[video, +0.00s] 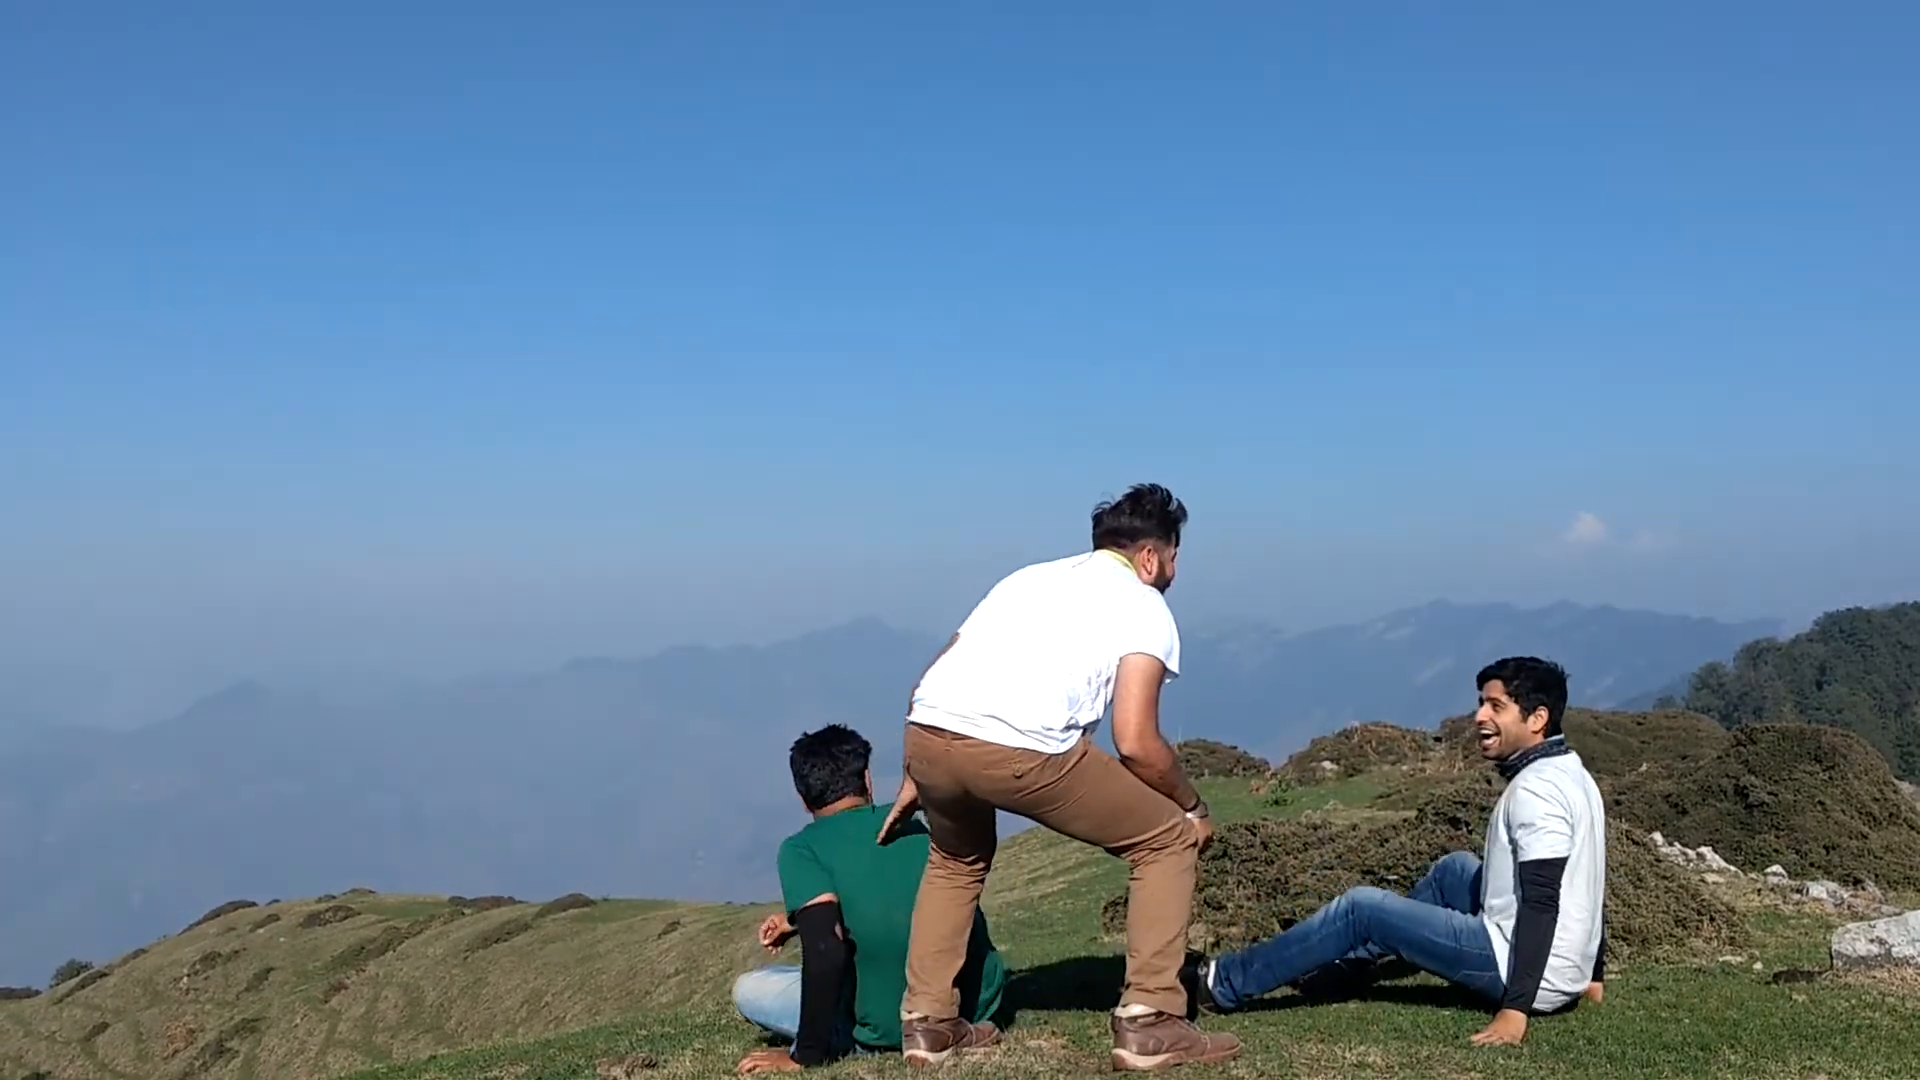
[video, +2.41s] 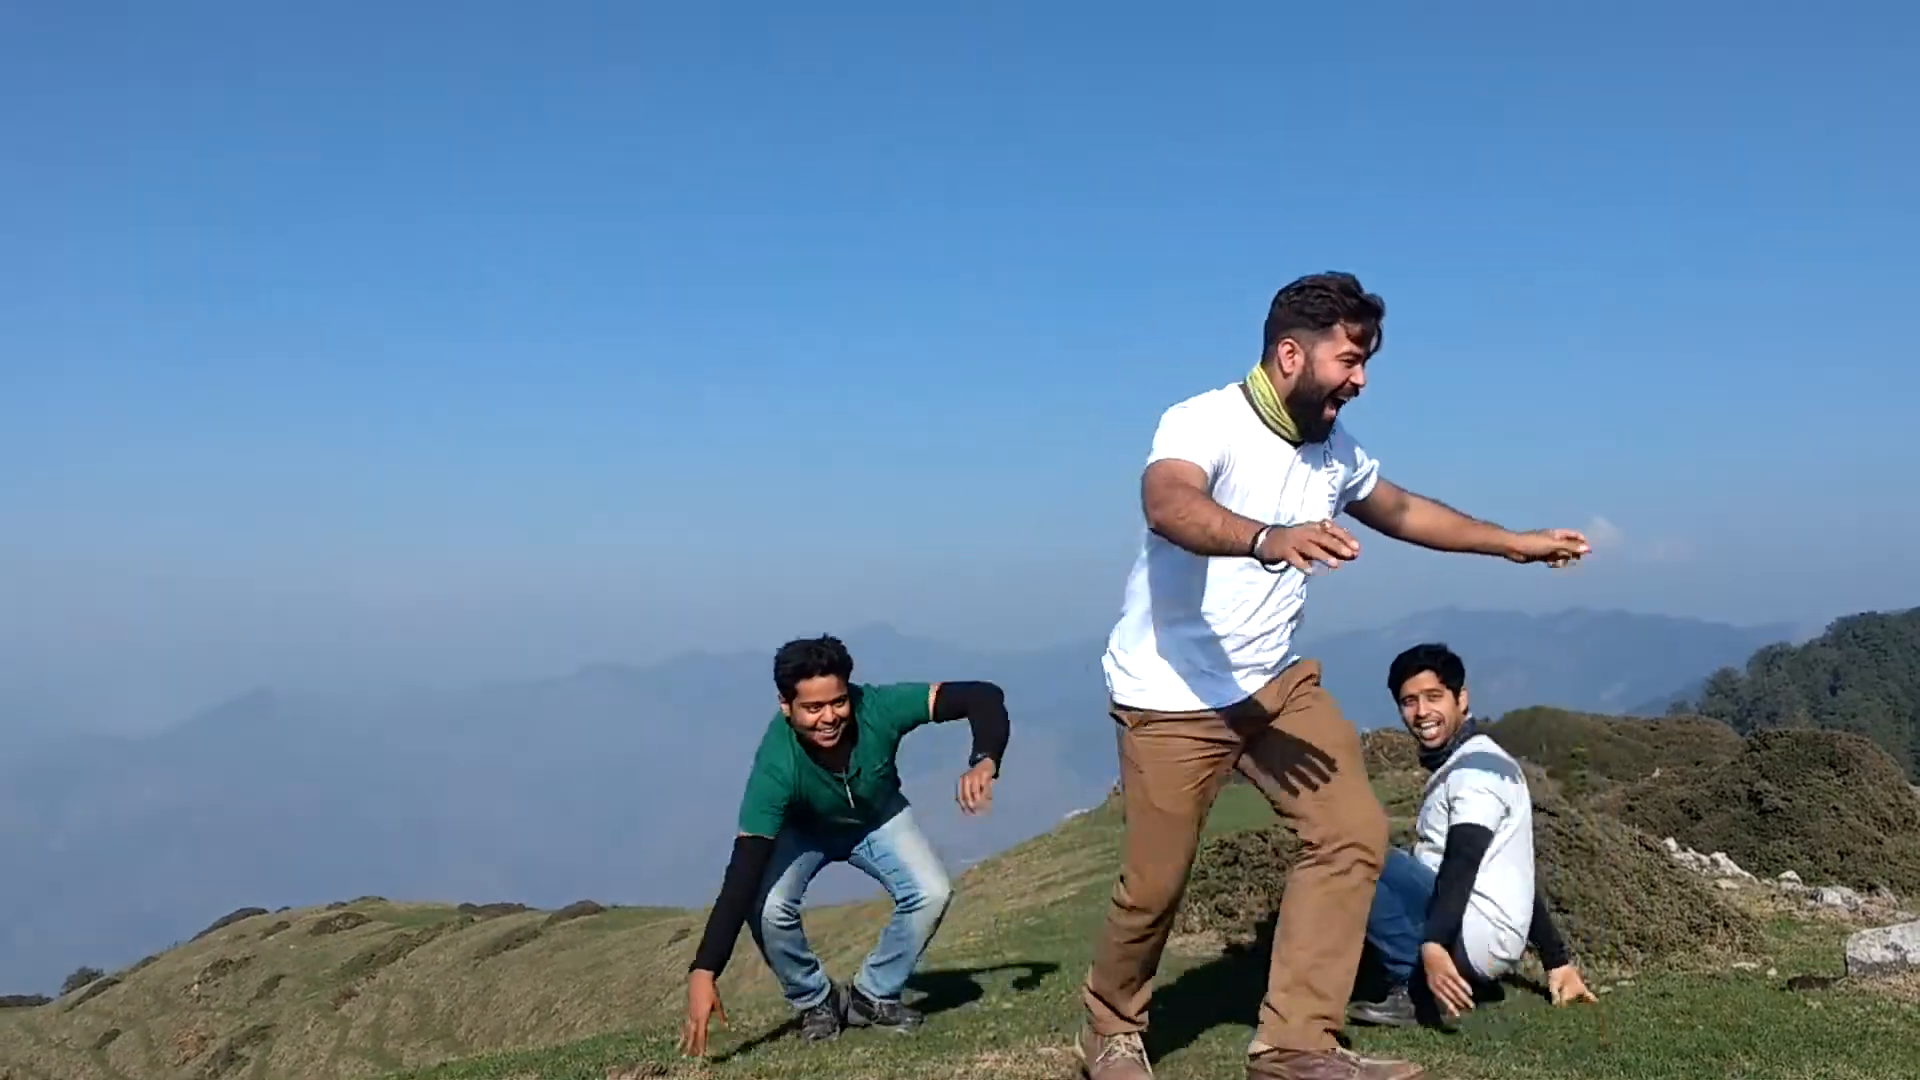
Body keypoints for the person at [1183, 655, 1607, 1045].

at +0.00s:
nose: (1480, 718)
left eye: (1495, 706)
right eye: (1481, 705)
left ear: (1539, 718)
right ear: (1537, 720)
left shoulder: (1534, 792)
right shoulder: (1572, 775)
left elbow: (1540, 904)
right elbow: (1591, 883)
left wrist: (1513, 1013)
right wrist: (1592, 976)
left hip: (1516, 971)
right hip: (1555, 966)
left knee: (1360, 907)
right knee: (1457, 868)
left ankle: (1218, 983)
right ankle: (1349, 966)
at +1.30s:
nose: (1478, 743)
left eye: (1492, 731)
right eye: (1478, 730)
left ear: (1537, 742)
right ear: (1536, 744)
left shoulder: (1552, 809)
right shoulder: (1553, 790)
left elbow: (1611, 905)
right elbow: (1604, 887)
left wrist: (1551, 997)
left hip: (1543, 985)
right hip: (1544, 950)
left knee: (1389, 957)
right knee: (1466, 895)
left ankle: (1229, 1001)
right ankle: (1352, 963)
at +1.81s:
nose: (1514, 740)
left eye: (1527, 725)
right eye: (1504, 728)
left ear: (1563, 727)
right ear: (1496, 731)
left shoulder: (1572, 791)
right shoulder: (1554, 776)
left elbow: (1602, 901)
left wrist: (1596, 1006)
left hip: (1543, 969)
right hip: (1536, 931)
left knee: (1385, 918)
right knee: (1465, 871)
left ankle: (1244, 992)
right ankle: (1382, 970)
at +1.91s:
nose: (1514, 732)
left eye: (1527, 717)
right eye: (1504, 721)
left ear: (1561, 718)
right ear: (1496, 725)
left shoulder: (1568, 786)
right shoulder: (1556, 773)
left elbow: (1594, 899)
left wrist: (1598, 1007)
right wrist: (1582, 974)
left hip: (1530, 952)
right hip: (1532, 924)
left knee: (1394, 852)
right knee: (1452, 829)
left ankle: (1299, 983)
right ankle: (1378, 966)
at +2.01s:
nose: (1510, 725)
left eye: (1523, 710)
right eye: (1499, 713)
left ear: (1554, 711)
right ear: (1490, 719)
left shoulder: (1555, 783)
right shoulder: (1546, 770)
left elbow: (1581, 899)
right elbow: (1572, 886)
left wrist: (1596, 1007)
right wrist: (1579, 974)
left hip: (1508, 942)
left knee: (1390, 819)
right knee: (1412, 813)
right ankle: (1425, 977)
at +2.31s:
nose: (1451, 719)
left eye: (1463, 704)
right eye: (1438, 709)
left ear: (1491, 707)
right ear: (1430, 718)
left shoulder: (1507, 779)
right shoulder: (1488, 772)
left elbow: (1524, 891)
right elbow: (1538, 889)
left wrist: (1547, 988)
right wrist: (1570, 976)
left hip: (1481, 942)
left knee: (1356, 851)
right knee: (1365, 846)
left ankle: (1426, 988)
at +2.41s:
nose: (1422, 712)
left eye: (1434, 697)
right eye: (1410, 702)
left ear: (1462, 699)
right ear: (1401, 712)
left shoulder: (1476, 769)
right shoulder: (1481, 760)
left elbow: (1461, 863)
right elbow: (1515, 872)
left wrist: (1432, 943)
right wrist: (1557, 962)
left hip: (1473, 945)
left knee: (1357, 853)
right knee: (1371, 851)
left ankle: (1411, 987)